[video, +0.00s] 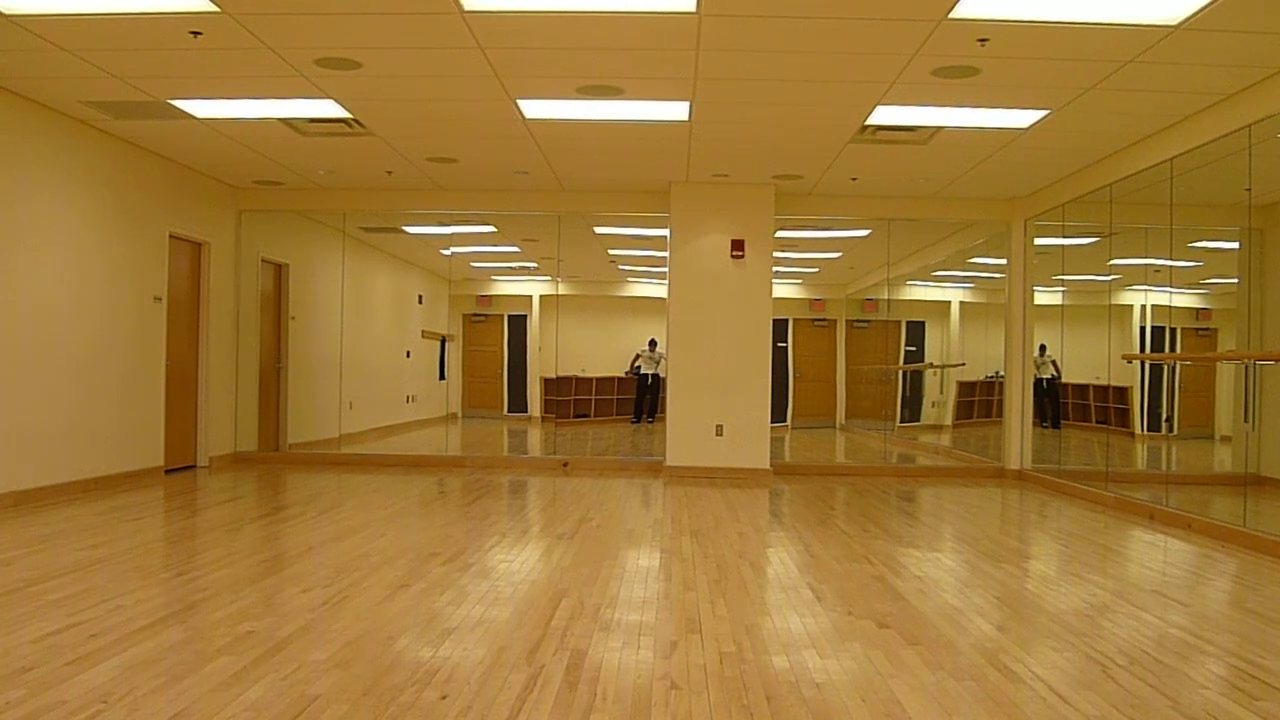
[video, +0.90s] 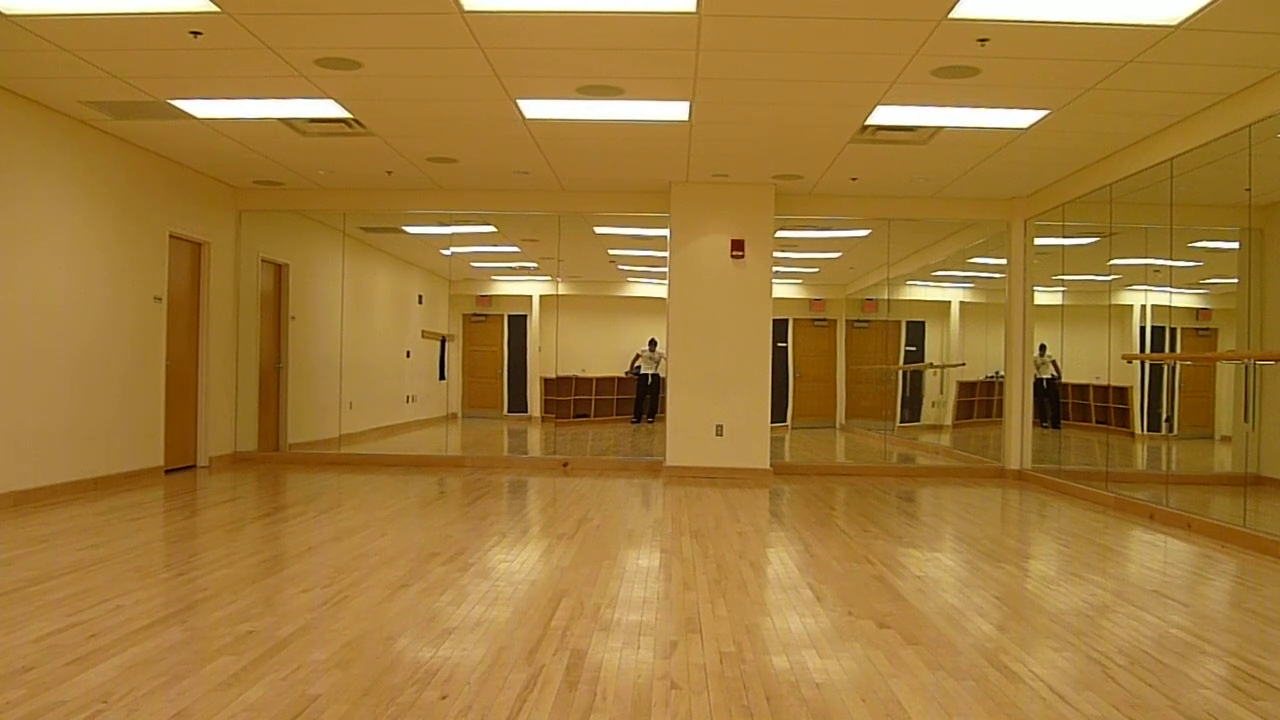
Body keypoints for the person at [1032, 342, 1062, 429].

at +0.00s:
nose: (1042, 353)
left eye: (1043, 351)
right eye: (1041, 350)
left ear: (1046, 351)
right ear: (1039, 351)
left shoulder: (1049, 358)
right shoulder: (1035, 359)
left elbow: (1056, 367)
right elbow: (1033, 369)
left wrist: (1059, 375)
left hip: (1050, 378)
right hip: (1039, 378)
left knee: (1054, 400)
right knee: (1040, 401)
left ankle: (1055, 422)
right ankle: (1043, 421)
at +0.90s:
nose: (1042, 352)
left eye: (1043, 350)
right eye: (1041, 350)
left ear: (1046, 350)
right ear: (1039, 350)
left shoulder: (1049, 357)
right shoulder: (1035, 359)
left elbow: (1056, 367)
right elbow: (1034, 368)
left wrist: (1059, 375)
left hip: (1050, 378)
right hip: (1039, 378)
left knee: (1054, 400)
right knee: (1040, 401)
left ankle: (1055, 421)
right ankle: (1043, 421)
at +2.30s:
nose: (1052, 353)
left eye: (1054, 351)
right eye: (1051, 350)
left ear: (1057, 352)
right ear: (1049, 350)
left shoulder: (1059, 358)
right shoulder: (1043, 358)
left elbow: (1062, 367)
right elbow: (1035, 367)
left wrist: (1060, 376)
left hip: (1052, 379)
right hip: (1041, 379)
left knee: (1055, 401)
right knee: (1041, 400)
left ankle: (1055, 422)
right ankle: (1043, 420)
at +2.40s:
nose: (1055, 353)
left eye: (1058, 352)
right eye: (1054, 351)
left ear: (1060, 352)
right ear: (1052, 350)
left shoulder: (1060, 359)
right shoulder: (1045, 357)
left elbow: (1061, 367)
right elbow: (1037, 364)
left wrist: (1060, 376)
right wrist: (1035, 371)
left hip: (1052, 379)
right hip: (1042, 379)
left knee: (1055, 401)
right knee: (1041, 400)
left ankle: (1055, 422)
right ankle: (1043, 420)